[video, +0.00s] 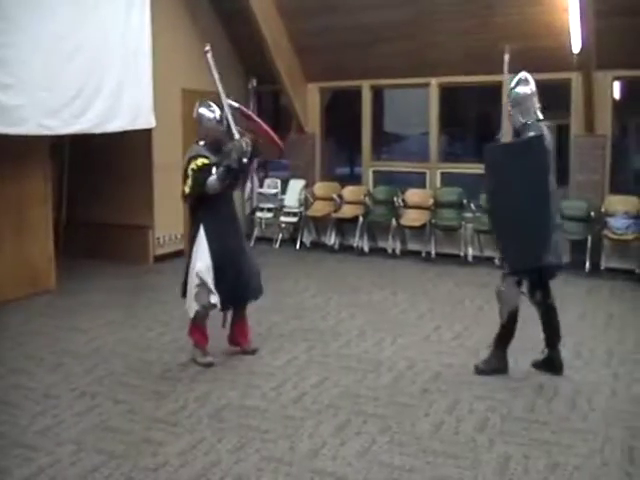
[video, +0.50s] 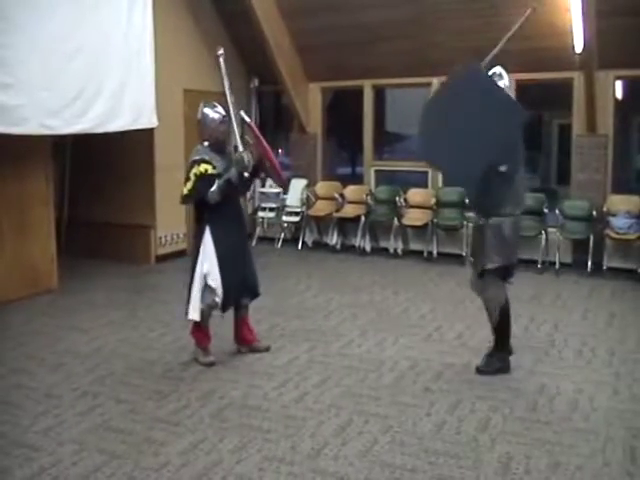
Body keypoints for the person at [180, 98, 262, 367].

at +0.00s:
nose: (222, 130)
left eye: (223, 125)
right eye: (217, 125)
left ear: (224, 127)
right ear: (203, 128)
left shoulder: (224, 153)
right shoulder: (198, 159)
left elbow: (236, 181)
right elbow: (205, 187)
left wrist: (245, 157)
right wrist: (230, 164)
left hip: (228, 223)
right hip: (206, 225)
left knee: (241, 274)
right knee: (205, 277)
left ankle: (239, 332)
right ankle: (199, 340)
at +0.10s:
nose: (218, 129)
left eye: (219, 124)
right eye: (212, 124)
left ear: (221, 127)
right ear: (200, 129)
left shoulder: (221, 155)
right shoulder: (196, 160)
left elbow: (234, 184)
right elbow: (192, 191)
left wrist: (242, 160)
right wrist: (225, 170)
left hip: (225, 226)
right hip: (204, 228)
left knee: (236, 276)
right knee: (201, 280)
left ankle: (242, 334)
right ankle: (198, 344)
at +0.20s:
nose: (221, 129)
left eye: (222, 124)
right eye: (215, 124)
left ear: (223, 127)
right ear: (201, 129)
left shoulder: (222, 156)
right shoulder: (197, 161)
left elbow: (235, 187)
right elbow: (195, 193)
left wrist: (242, 165)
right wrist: (225, 172)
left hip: (227, 228)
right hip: (205, 231)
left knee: (236, 278)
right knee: (202, 282)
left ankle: (245, 335)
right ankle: (200, 345)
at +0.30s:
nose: (222, 130)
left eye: (223, 124)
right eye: (215, 124)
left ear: (224, 128)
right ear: (202, 129)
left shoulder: (225, 157)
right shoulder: (198, 162)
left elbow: (236, 188)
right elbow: (205, 193)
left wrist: (245, 165)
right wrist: (230, 173)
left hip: (229, 227)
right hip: (207, 230)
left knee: (237, 277)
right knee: (205, 281)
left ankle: (243, 334)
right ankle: (201, 343)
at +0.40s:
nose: (224, 130)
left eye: (225, 125)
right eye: (218, 125)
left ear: (226, 128)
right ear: (204, 129)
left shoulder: (226, 157)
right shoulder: (199, 162)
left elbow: (236, 189)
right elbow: (208, 195)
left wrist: (248, 168)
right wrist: (235, 174)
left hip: (231, 229)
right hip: (209, 230)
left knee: (242, 280)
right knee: (207, 282)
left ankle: (243, 334)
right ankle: (201, 342)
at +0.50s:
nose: (226, 129)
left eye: (226, 123)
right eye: (220, 124)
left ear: (227, 127)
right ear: (206, 129)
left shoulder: (228, 156)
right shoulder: (201, 162)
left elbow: (238, 189)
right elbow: (209, 195)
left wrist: (254, 169)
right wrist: (235, 171)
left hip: (235, 227)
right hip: (212, 229)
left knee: (243, 279)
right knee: (209, 282)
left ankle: (244, 334)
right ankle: (201, 342)